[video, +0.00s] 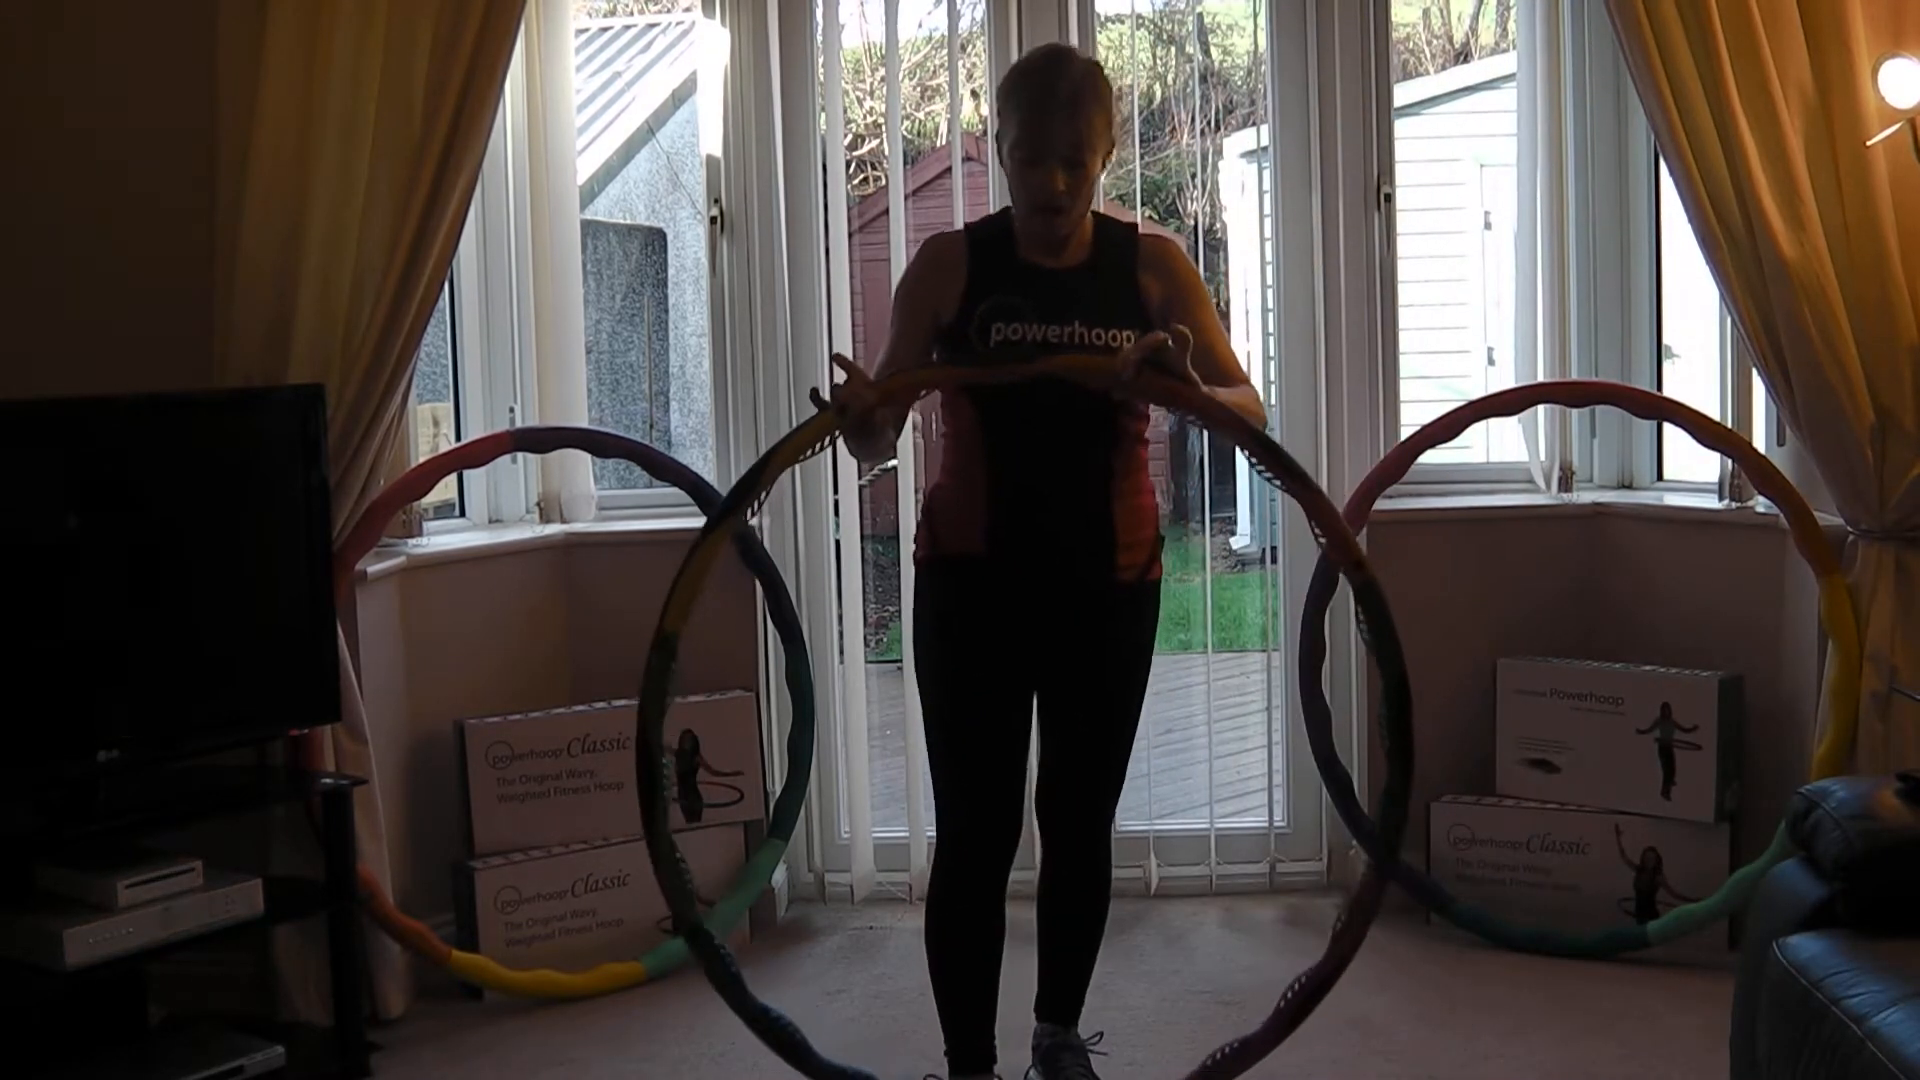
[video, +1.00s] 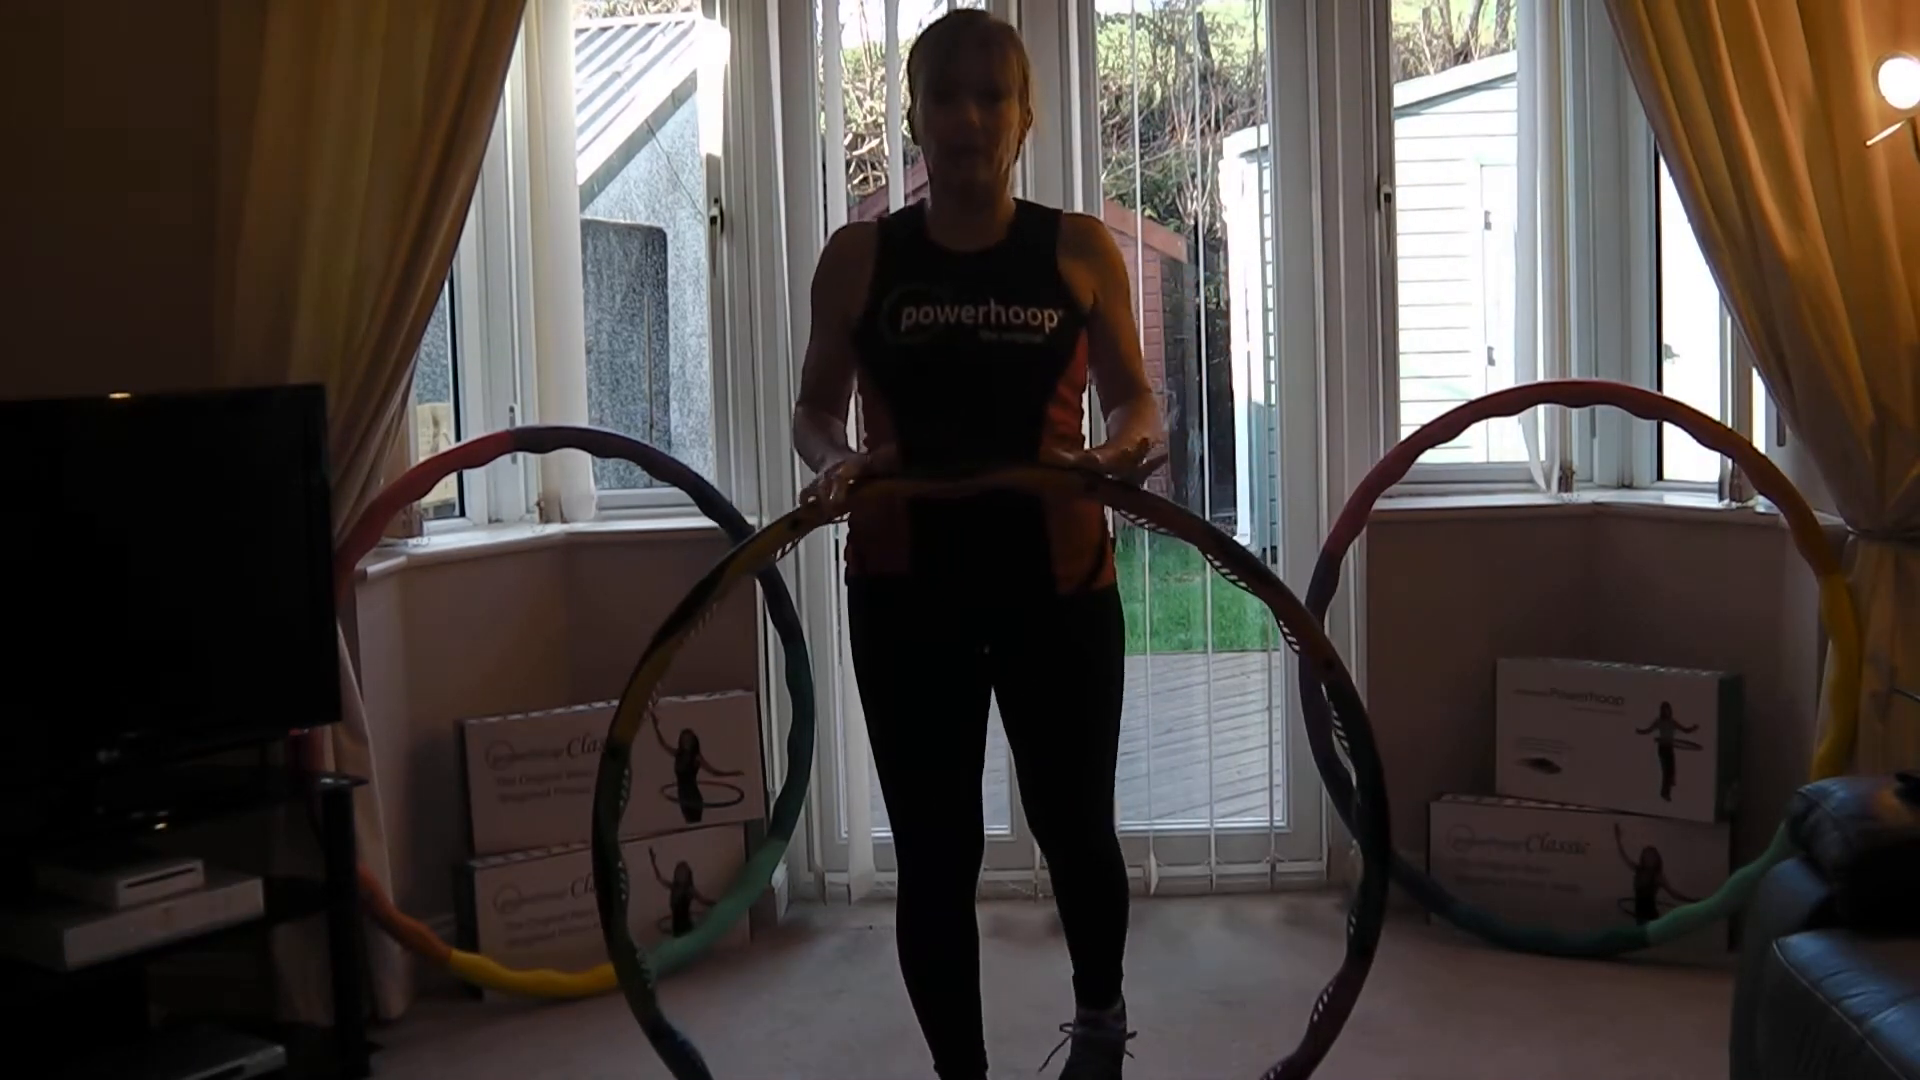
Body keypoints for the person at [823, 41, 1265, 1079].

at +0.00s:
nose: (1050, 180)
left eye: (1072, 159)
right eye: (1030, 155)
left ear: (1106, 153)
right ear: (999, 144)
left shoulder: (1155, 263)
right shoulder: (946, 265)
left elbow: (1247, 416)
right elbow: (874, 441)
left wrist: (1179, 383)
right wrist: (864, 413)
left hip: (1107, 586)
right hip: (970, 583)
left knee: (1080, 827)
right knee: (976, 833)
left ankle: (1058, 1040)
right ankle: (968, 1061)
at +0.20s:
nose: (1031, 189)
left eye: (1051, 165)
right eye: (1010, 164)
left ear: (1081, 154)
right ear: (976, 151)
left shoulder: (1134, 269)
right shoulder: (921, 270)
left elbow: (1225, 418)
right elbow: (871, 425)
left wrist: (1176, 427)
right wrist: (847, 449)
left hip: (1092, 586)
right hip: (954, 585)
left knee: (1070, 834)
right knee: (961, 845)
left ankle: (1056, 1038)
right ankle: (964, 1069)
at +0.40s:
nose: (999, 187)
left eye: (1019, 164)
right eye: (978, 164)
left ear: (1051, 150)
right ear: (946, 150)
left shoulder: (1112, 266)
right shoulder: (891, 271)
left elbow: (1203, 410)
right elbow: (850, 423)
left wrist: (1171, 452)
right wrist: (833, 471)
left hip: (1075, 589)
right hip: (934, 590)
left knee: (1066, 839)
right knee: (951, 851)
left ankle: (1060, 1037)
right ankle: (964, 1073)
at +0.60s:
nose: (976, 176)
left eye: (997, 153)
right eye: (954, 151)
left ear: (1031, 141)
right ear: (924, 141)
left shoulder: (1093, 258)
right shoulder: (868, 265)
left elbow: (1178, 394)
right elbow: (832, 410)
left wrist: (1155, 454)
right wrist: (824, 477)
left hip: (1065, 582)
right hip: (920, 586)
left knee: (1075, 835)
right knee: (942, 850)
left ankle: (1073, 1035)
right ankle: (963, 1072)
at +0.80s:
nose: (972, 131)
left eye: (994, 110)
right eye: (952, 107)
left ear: (1024, 120)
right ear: (916, 112)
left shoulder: (1081, 248)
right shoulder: (859, 254)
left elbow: (1151, 392)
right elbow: (813, 397)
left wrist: (1141, 449)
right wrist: (818, 460)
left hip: (1058, 575)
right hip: (911, 583)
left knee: (1083, 825)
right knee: (936, 856)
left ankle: (1117, 1016)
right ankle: (962, 1072)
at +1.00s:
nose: (969, 120)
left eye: (992, 100)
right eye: (948, 98)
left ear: (1024, 116)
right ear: (914, 110)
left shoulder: (1082, 250)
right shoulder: (858, 257)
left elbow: (1139, 401)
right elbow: (816, 405)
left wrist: (1122, 449)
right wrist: (835, 459)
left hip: (1054, 587)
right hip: (909, 592)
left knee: (1075, 828)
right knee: (933, 861)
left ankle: (1099, 1021)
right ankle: (961, 1075)